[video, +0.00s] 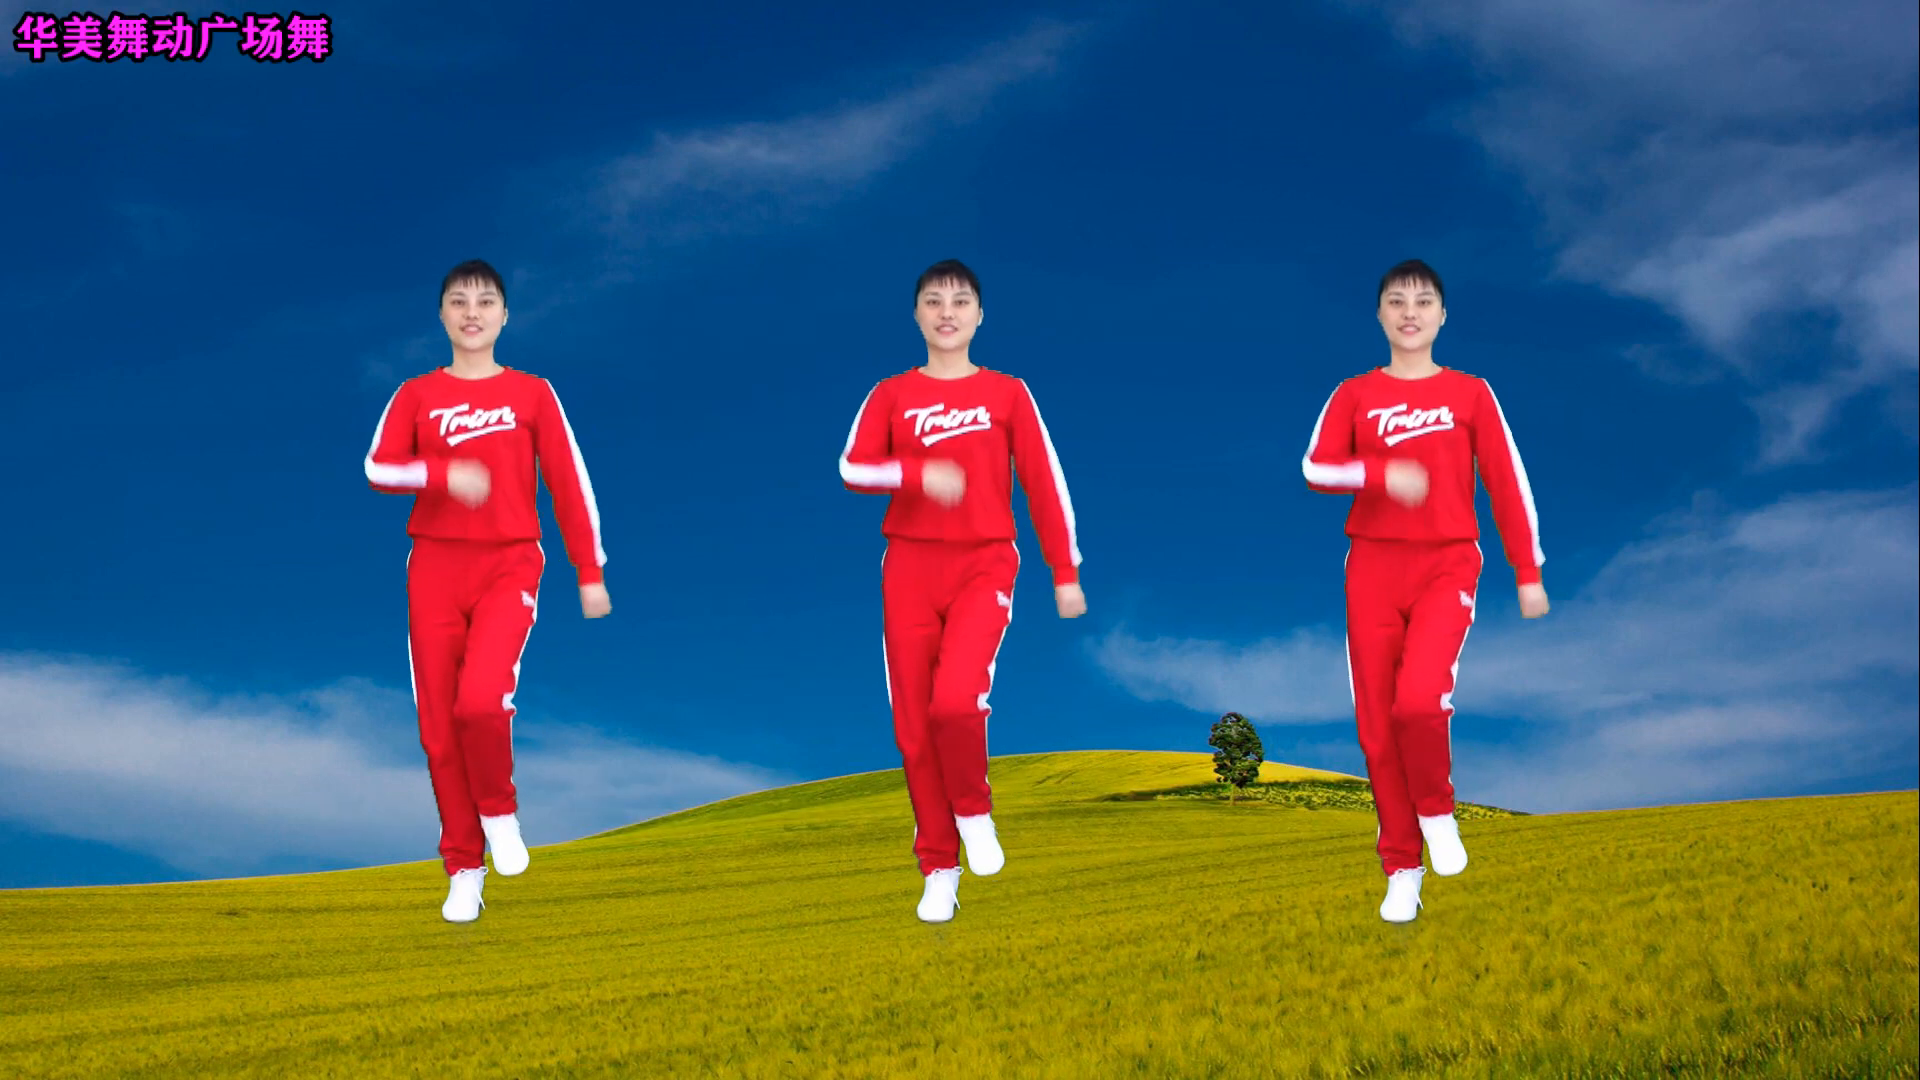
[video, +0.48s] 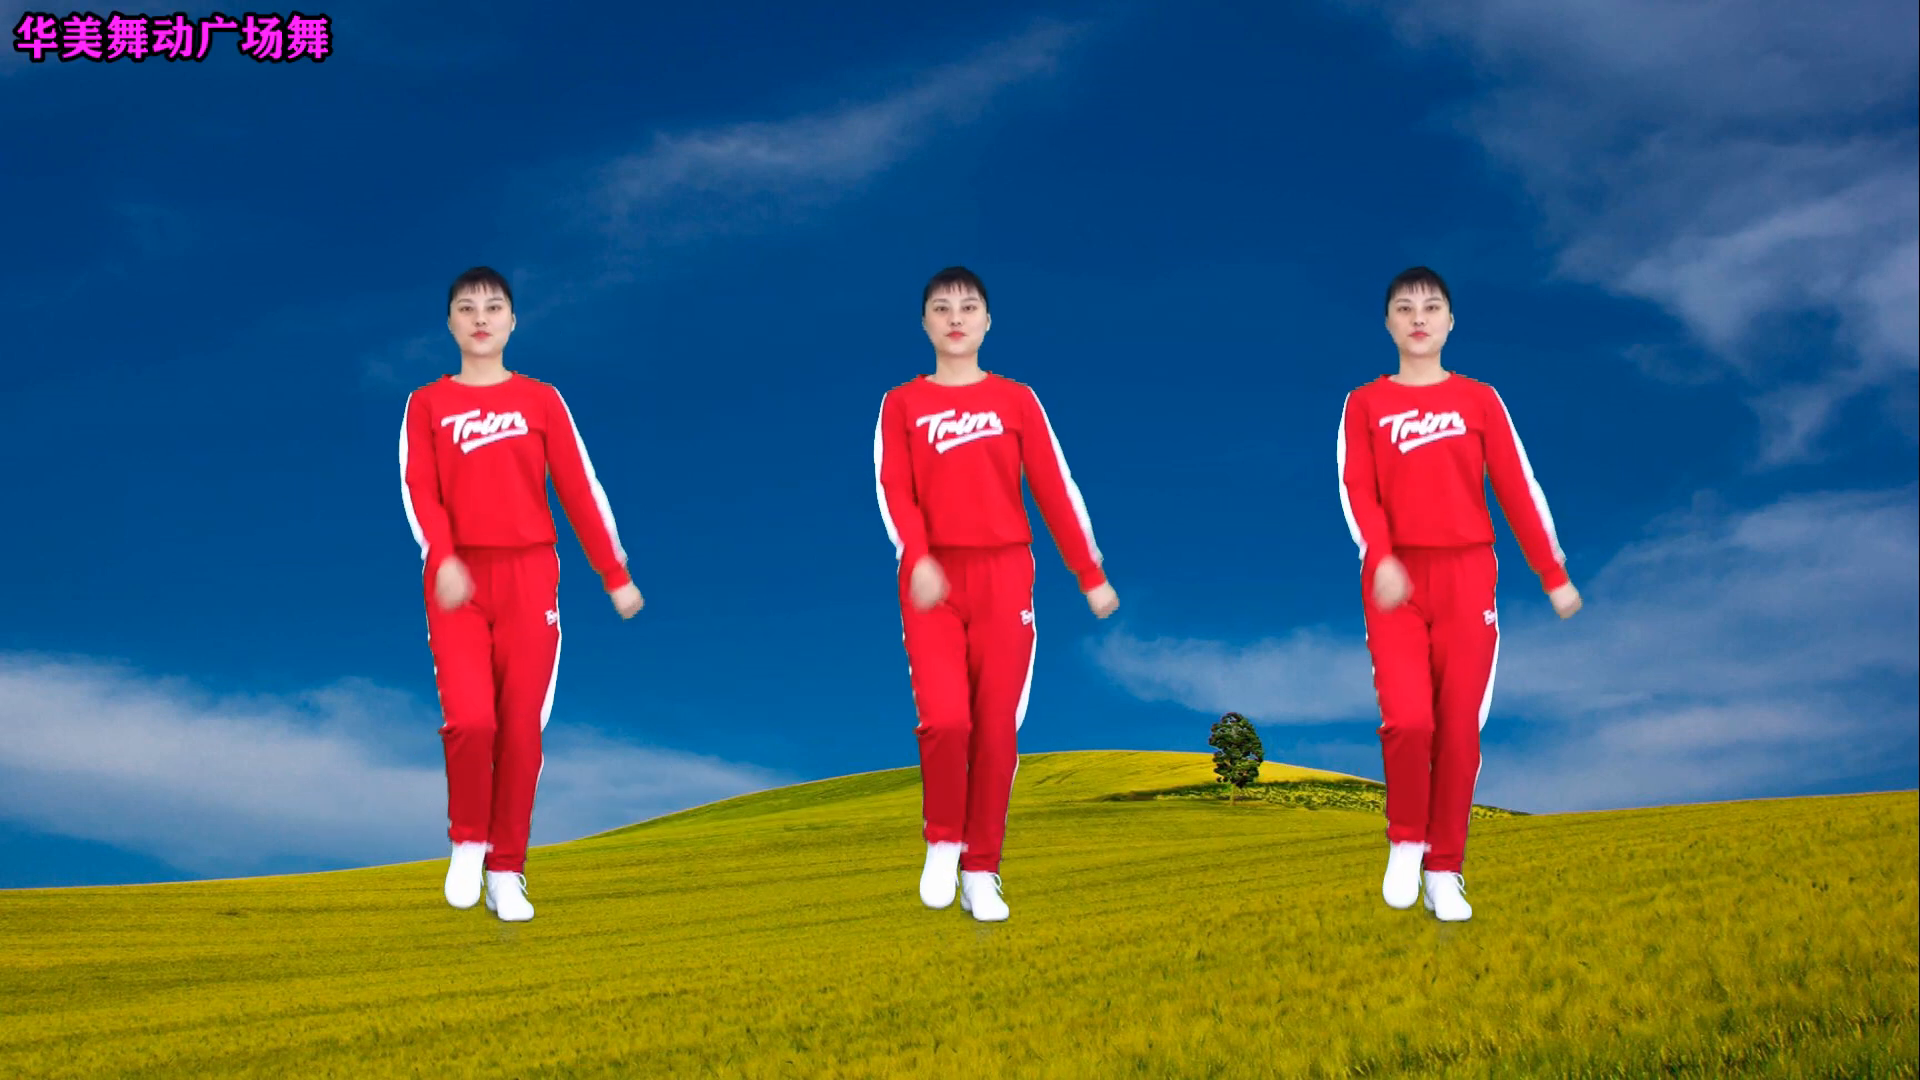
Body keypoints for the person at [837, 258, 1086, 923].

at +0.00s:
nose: (947, 312)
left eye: (959, 302)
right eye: (935, 302)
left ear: (978, 314)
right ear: (918, 315)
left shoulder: (1009, 392)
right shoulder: (890, 394)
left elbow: (1045, 482)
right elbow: (853, 469)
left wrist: (1065, 572)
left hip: (985, 567)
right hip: (909, 567)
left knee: (954, 705)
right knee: (912, 724)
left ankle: (972, 809)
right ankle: (938, 863)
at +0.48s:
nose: (956, 317)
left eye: (968, 307)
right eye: (943, 308)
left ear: (986, 320)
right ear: (926, 322)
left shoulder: (1016, 399)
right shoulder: (902, 403)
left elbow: (1056, 488)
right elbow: (893, 488)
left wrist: (1091, 573)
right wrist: (917, 557)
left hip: (1006, 573)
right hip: (931, 574)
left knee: (998, 724)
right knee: (945, 720)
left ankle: (983, 867)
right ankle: (943, 842)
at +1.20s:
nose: (942, 322)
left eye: (954, 312)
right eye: (930, 313)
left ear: (972, 323)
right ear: (913, 325)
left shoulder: (1001, 401)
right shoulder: (884, 407)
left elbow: (1005, 484)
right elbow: (859, 499)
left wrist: (965, 534)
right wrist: (836, 585)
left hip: (976, 580)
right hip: (902, 580)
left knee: (960, 720)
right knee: (909, 729)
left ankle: (973, 823)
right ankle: (927, 865)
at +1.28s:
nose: (941, 327)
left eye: (953, 318)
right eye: (928, 318)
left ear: (969, 330)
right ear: (911, 330)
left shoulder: (998, 407)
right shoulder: (882, 411)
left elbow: (1005, 501)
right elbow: (866, 498)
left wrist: (1002, 585)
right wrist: (885, 570)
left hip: (972, 583)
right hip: (901, 584)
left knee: (946, 715)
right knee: (900, 733)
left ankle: (967, 809)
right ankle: (927, 866)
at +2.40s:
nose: (943, 312)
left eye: (955, 301)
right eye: (930, 304)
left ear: (975, 312)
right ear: (915, 318)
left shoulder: (1004, 392)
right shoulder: (890, 393)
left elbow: (1013, 475)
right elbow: (827, 462)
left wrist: (960, 426)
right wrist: (762, 525)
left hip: (988, 566)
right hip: (911, 567)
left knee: (978, 724)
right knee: (921, 723)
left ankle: (970, 869)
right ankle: (931, 870)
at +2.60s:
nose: (938, 322)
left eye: (950, 312)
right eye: (925, 313)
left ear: (968, 323)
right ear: (909, 325)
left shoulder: (998, 401)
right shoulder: (883, 407)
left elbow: (999, 491)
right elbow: (866, 496)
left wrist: (971, 565)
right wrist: (857, 581)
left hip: (968, 580)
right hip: (897, 578)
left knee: (953, 722)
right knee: (905, 733)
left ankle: (967, 830)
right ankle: (927, 868)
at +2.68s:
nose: (935, 326)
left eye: (948, 316)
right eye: (923, 316)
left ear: (966, 327)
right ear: (906, 329)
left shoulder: (994, 404)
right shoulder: (880, 411)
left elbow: (1010, 498)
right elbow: (864, 493)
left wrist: (1024, 589)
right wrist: (903, 538)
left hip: (968, 585)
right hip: (893, 588)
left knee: (939, 715)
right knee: (892, 735)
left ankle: (966, 808)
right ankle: (929, 866)